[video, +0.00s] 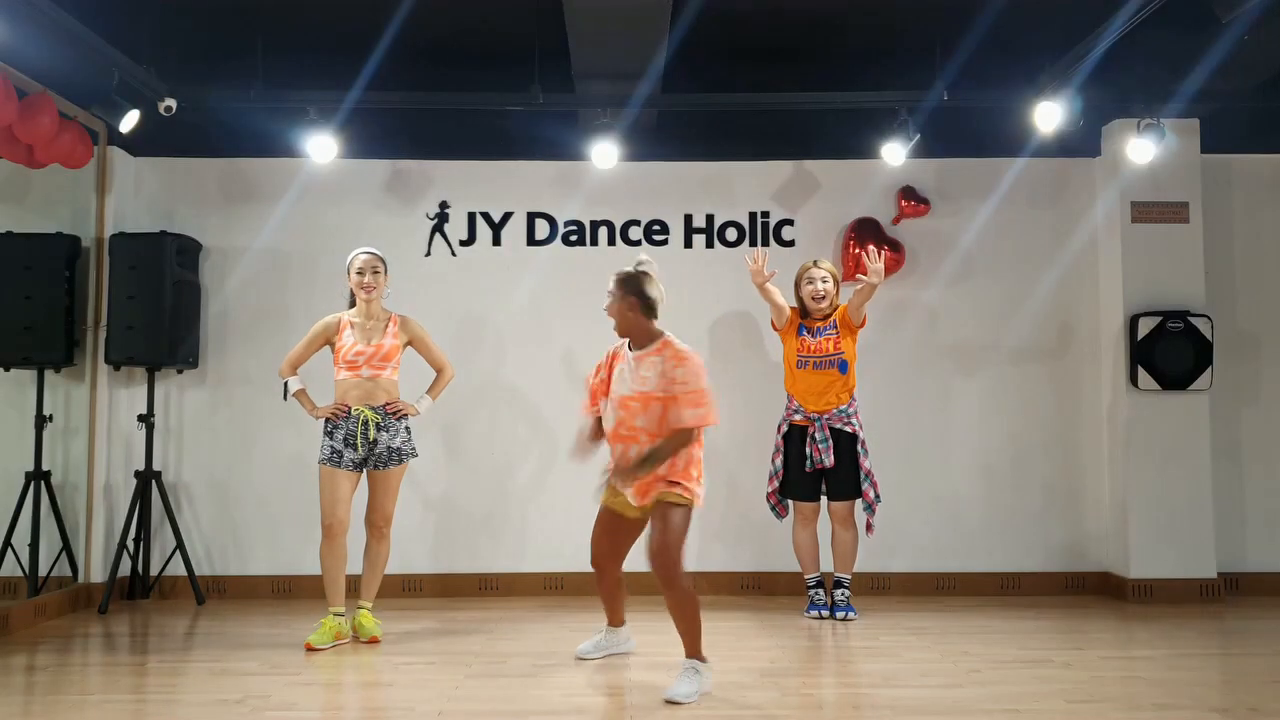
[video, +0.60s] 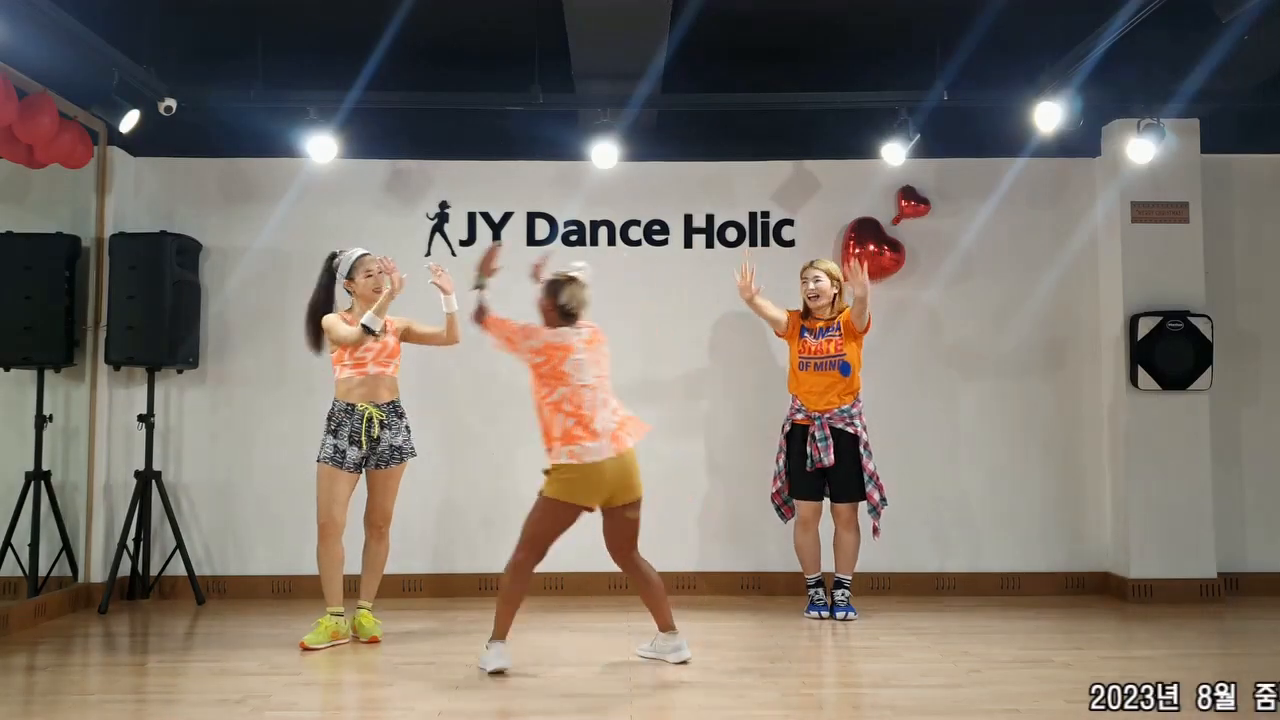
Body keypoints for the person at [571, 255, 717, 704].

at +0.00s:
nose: (607, 308)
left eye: (612, 300)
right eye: (608, 300)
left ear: (634, 305)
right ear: (631, 305)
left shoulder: (680, 360)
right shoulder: (614, 360)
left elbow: (687, 430)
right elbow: (601, 415)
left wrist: (639, 465)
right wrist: (590, 438)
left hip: (673, 475)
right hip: (627, 476)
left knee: (664, 561)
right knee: (603, 557)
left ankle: (695, 663)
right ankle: (617, 632)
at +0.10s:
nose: (606, 305)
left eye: (610, 298)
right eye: (608, 298)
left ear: (625, 301)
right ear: (635, 302)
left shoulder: (650, 352)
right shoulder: (636, 347)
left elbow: (644, 425)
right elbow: (627, 411)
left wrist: (596, 436)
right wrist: (596, 428)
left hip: (661, 481)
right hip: (635, 479)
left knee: (648, 567)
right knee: (604, 547)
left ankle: (707, 666)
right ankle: (646, 630)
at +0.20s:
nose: (606, 300)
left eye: (611, 293)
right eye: (609, 293)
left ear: (624, 299)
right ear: (644, 299)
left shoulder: (626, 346)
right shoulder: (657, 339)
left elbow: (574, 380)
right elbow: (606, 372)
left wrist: (543, 361)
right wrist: (566, 362)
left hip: (641, 468)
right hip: (647, 465)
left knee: (633, 558)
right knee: (626, 553)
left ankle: (702, 653)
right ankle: (670, 635)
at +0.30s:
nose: (600, 297)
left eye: (605, 292)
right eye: (602, 290)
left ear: (618, 298)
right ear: (638, 298)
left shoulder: (601, 332)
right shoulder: (658, 331)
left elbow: (540, 317)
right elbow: (637, 305)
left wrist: (539, 297)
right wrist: (580, 302)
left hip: (621, 467)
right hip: (656, 464)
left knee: (600, 560)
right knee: (635, 550)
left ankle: (658, 629)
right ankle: (673, 634)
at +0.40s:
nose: (585, 299)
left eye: (589, 294)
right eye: (586, 293)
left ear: (600, 298)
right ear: (625, 297)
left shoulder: (593, 329)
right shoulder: (644, 328)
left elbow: (536, 300)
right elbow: (623, 292)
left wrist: (522, 275)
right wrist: (581, 278)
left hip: (614, 465)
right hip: (651, 464)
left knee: (559, 549)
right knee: (634, 548)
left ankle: (602, 631)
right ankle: (672, 637)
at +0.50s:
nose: (566, 299)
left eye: (571, 295)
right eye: (568, 293)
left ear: (581, 302)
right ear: (604, 302)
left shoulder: (568, 334)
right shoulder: (622, 332)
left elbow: (512, 306)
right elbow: (601, 299)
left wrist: (507, 272)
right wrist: (569, 275)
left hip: (599, 467)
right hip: (640, 464)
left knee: (539, 548)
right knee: (630, 552)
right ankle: (672, 637)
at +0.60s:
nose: (540, 302)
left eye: (543, 297)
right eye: (541, 297)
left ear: (551, 305)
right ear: (579, 305)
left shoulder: (541, 343)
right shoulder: (595, 338)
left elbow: (481, 317)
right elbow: (563, 314)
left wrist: (482, 276)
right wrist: (544, 283)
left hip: (575, 470)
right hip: (622, 465)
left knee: (524, 559)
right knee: (627, 554)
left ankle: (496, 645)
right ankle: (671, 637)